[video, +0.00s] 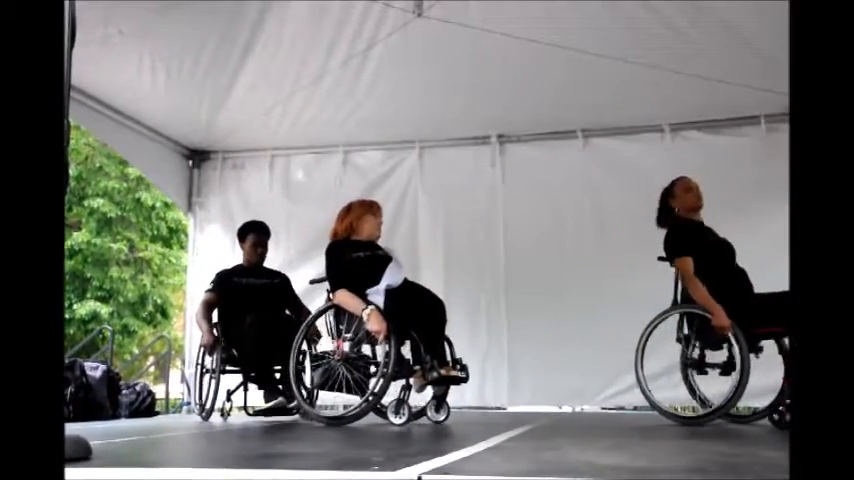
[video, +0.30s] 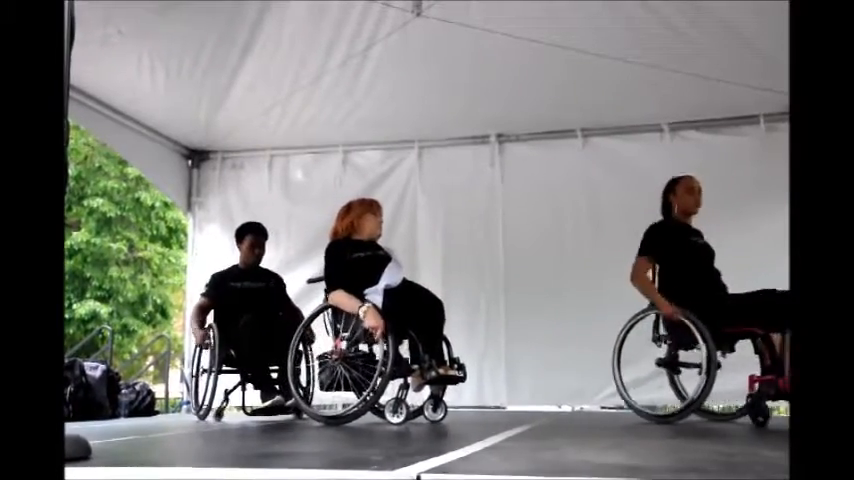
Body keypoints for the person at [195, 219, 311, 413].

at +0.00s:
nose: (261, 250)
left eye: (264, 245)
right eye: (255, 245)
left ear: (268, 246)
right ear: (242, 244)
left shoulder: (279, 280)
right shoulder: (226, 278)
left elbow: (300, 309)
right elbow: (204, 308)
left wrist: (310, 326)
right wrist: (207, 333)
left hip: (273, 339)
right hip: (239, 341)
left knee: (291, 327)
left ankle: (291, 392)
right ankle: (271, 393)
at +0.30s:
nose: (259, 251)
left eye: (262, 246)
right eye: (254, 246)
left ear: (265, 247)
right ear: (239, 245)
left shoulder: (273, 280)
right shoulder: (221, 280)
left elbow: (290, 309)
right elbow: (200, 309)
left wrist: (304, 327)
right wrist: (198, 331)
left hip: (269, 342)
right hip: (235, 345)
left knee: (289, 323)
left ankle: (289, 391)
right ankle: (268, 392)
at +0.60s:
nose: (256, 255)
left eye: (259, 251)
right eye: (251, 250)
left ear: (263, 252)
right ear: (237, 248)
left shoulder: (268, 281)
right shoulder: (219, 281)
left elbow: (297, 301)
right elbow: (184, 307)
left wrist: (322, 302)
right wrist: (148, 328)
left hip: (262, 343)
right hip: (230, 347)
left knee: (282, 323)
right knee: (247, 327)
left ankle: (286, 389)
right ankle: (264, 392)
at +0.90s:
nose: (251, 258)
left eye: (254, 253)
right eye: (246, 253)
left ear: (258, 253)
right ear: (233, 251)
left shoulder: (262, 279)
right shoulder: (215, 278)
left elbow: (292, 273)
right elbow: (177, 281)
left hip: (257, 342)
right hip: (225, 346)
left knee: (275, 325)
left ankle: (279, 391)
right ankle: (258, 392)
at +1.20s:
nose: (245, 261)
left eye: (248, 256)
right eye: (240, 256)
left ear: (252, 256)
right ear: (228, 255)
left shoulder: (258, 284)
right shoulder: (213, 283)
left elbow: (291, 298)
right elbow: (185, 302)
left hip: (253, 342)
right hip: (222, 344)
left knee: (268, 327)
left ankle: (274, 392)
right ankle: (255, 393)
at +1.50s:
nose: (248, 266)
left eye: (252, 261)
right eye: (244, 261)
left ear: (255, 262)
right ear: (232, 259)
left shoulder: (259, 291)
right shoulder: (214, 287)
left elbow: (282, 319)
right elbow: (186, 310)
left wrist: (289, 344)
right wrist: (193, 332)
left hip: (249, 346)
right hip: (216, 348)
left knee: (273, 331)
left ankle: (272, 394)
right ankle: (256, 395)